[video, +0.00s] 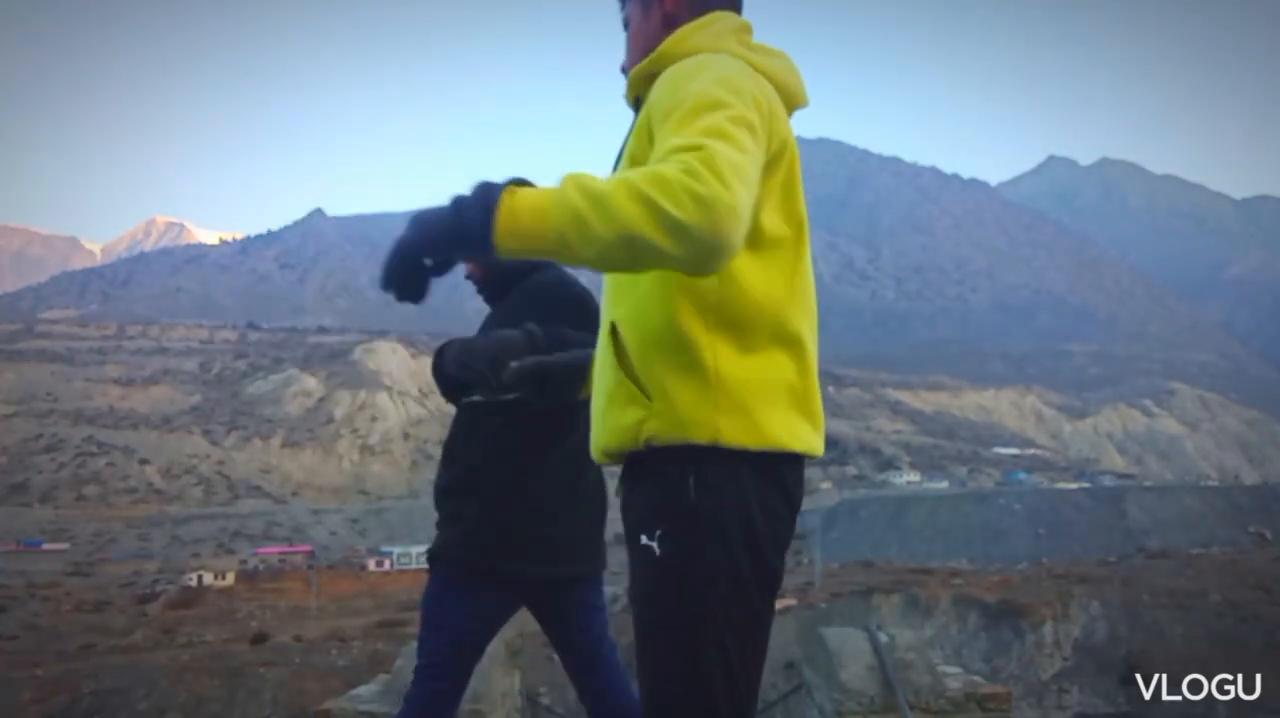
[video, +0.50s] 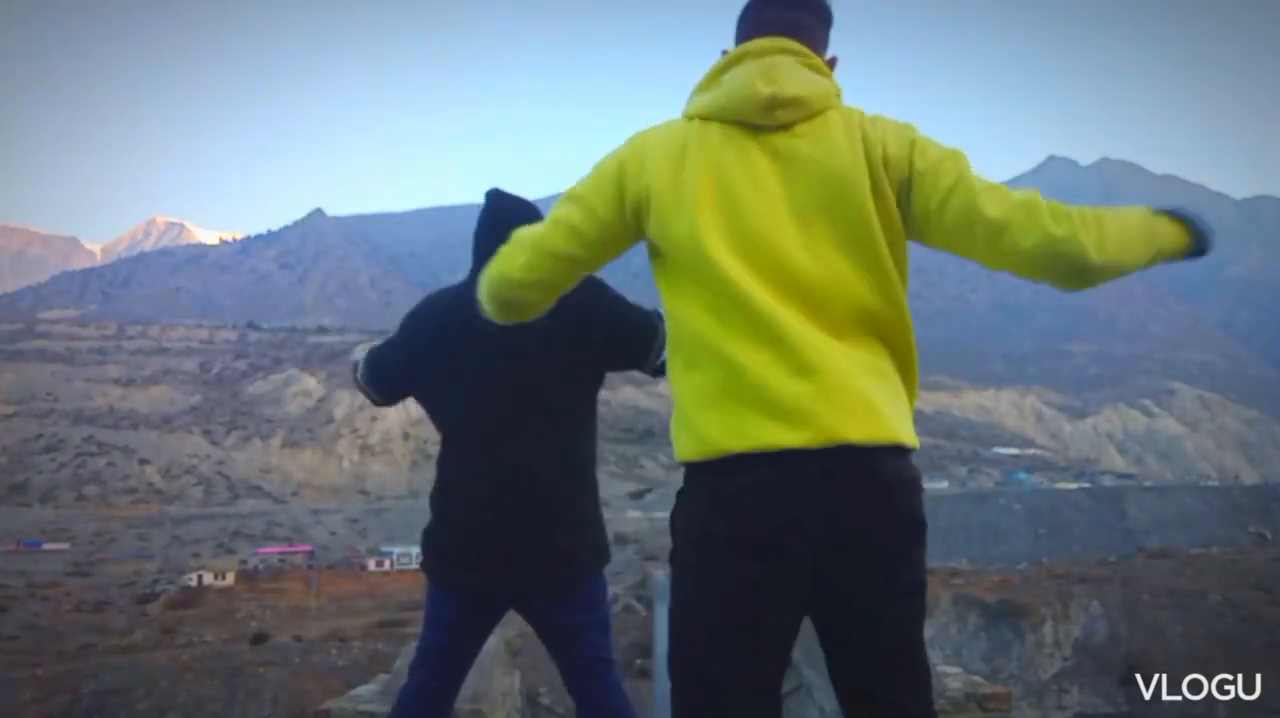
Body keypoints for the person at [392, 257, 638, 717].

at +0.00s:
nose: (467, 271)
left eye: (474, 255)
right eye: (464, 258)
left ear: (508, 245)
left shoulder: (543, 299)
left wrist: (447, 360)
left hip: (489, 538)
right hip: (561, 537)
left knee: (434, 686)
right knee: (604, 684)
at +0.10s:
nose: (465, 265)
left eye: (470, 251)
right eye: (465, 253)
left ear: (494, 249)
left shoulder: (544, 290)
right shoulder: (498, 310)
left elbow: (580, 359)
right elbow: (444, 374)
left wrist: (488, 346)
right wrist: (460, 369)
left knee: (436, 687)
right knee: (604, 683)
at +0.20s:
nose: (461, 273)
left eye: (462, 255)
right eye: (458, 257)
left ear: (484, 245)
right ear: (524, 235)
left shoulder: (519, 291)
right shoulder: (563, 296)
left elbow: (514, 370)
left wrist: (420, 358)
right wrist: (449, 380)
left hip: (488, 539)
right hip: (567, 537)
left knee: (435, 688)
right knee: (609, 687)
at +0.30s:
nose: (449, 260)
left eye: (451, 246)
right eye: (446, 245)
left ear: (471, 244)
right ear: (522, 232)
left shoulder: (486, 295)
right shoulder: (583, 300)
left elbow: (438, 379)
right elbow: (592, 382)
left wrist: (358, 367)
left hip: (480, 540)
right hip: (575, 539)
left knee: (433, 690)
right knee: (611, 692)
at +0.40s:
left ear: (477, 246)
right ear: (542, 241)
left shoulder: (452, 308)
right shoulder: (587, 299)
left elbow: (362, 387)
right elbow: (623, 379)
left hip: (473, 548)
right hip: (570, 545)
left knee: (429, 688)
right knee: (604, 686)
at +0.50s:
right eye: (537, 243)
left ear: (480, 247)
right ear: (541, 245)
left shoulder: (443, 314)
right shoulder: (582, 304)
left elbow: (376, 381)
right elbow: (665, 345)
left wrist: (375, 357)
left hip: (468, 548)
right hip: (562, 548)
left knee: (429, 687)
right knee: (597, 687)